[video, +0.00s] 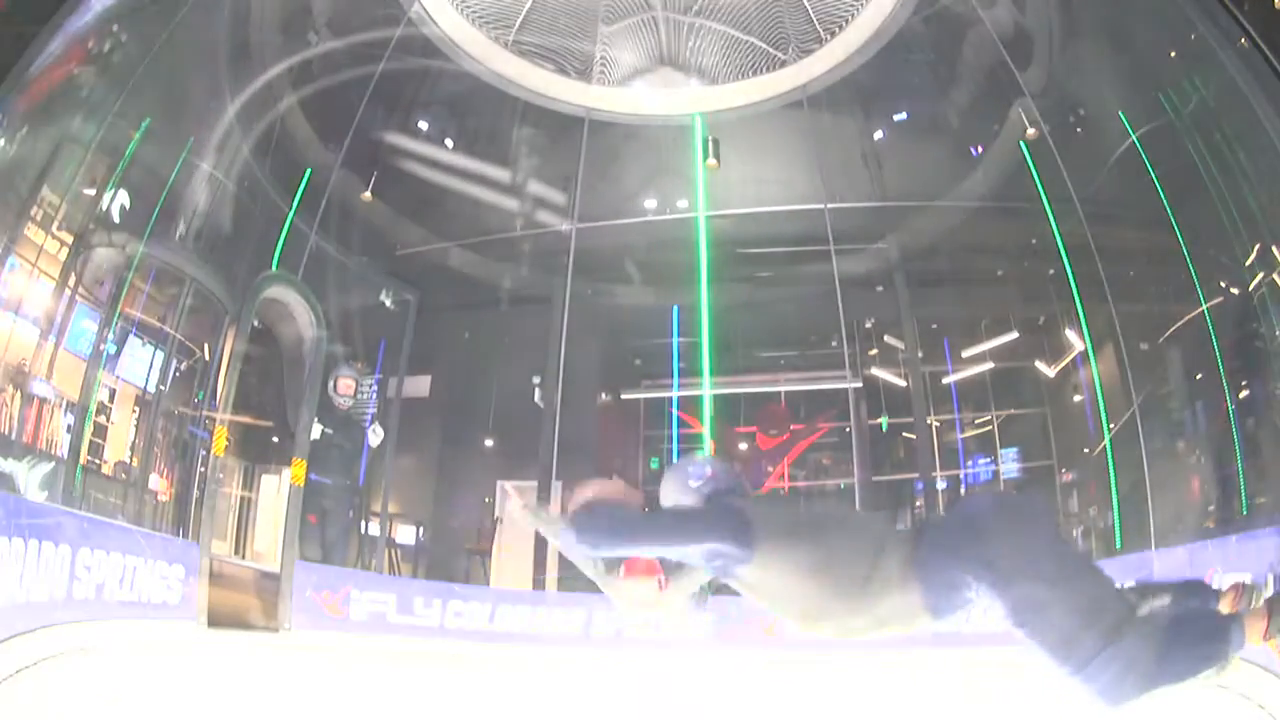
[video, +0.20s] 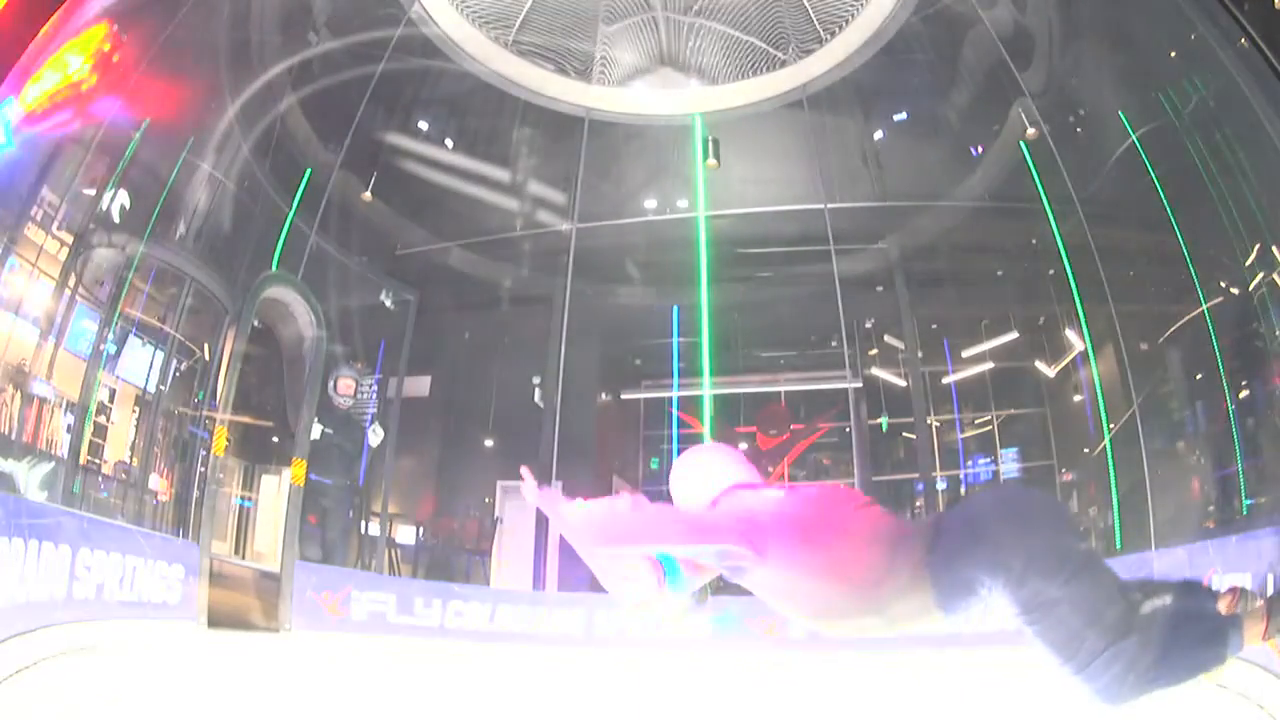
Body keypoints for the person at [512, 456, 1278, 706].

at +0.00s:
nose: (667, 541)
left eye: (670, 524)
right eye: (669, 525)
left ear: (697, 509)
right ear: (722, 493)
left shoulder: (734, 528)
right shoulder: (749, 531)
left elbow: (612, 541)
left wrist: (546, 517)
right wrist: (574, 518)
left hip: (978, 551)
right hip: (978, 546)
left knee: (1112, 671)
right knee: (1111, 633)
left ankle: (1235, 625)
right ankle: (1224, 606)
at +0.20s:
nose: (687, 516)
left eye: (688, 501)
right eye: (686, 501)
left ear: (718, 488)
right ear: (735, 477)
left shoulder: (763, 518)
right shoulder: (783, 516)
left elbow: (646, 522)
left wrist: (561, 513)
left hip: (997, 543)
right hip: (992, 533)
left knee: (1120, 669)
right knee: (1115, 614)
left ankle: (1248, 622)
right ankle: (1226, 600)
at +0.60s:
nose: (683, 491)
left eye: (688, 479)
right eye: (687, 477)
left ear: (711, 480)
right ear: (736, 474)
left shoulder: (748, 523)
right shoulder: (752, 518)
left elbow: (636, 549)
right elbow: (648, 546)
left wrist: (520, 573)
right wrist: (553, 534)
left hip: (988, 542)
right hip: (973, 545)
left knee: (1116, 639)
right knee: (1110, 606)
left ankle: (1230, 614)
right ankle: (1221, 608)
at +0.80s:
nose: (655, 566)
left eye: (661, 546)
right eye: (649, 551)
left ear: (696, 517)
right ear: (709, 496)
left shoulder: (757, 519)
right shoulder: (754, 518)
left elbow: (621, 535)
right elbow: (636, 526)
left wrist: (468, 557)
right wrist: (539, 518)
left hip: (1025, 530)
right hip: (1006, 540)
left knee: (1139, 653)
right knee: (1131, 607)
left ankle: (1245, 616)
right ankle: (1233, 603)